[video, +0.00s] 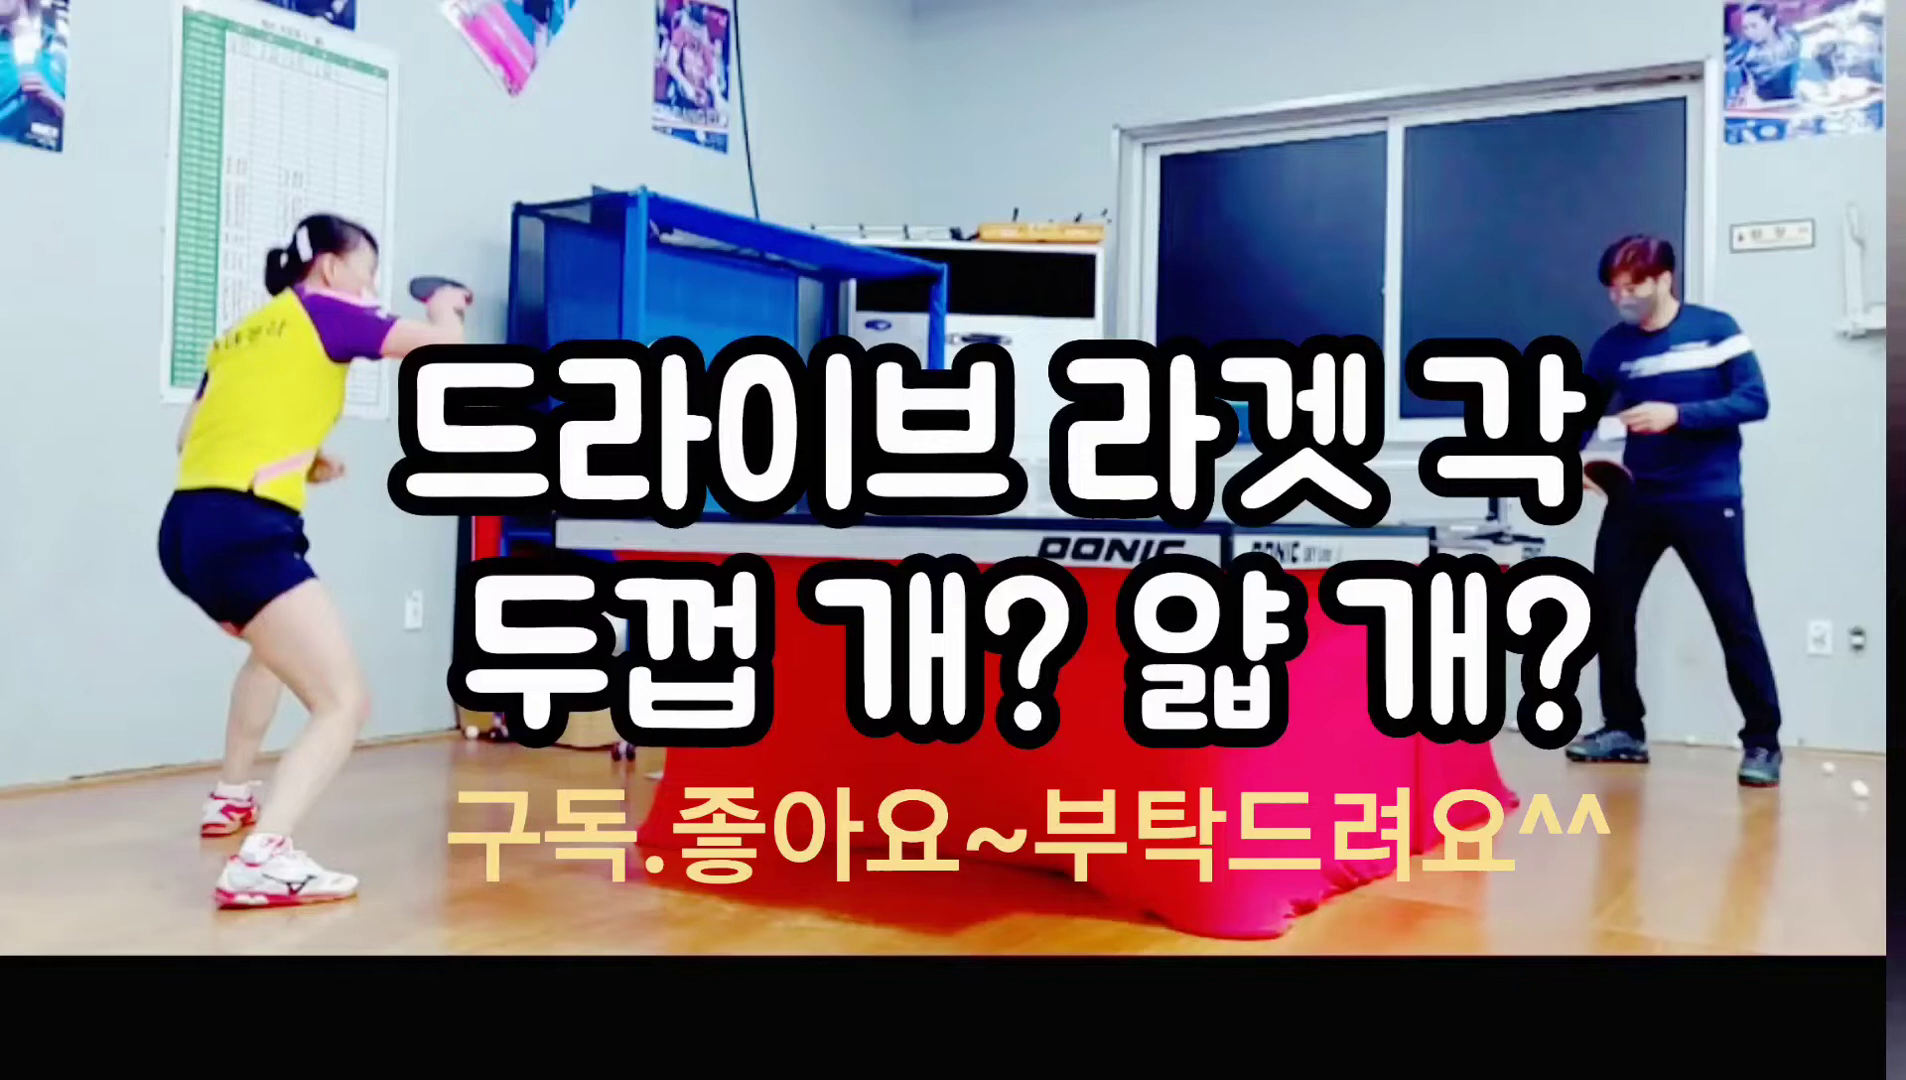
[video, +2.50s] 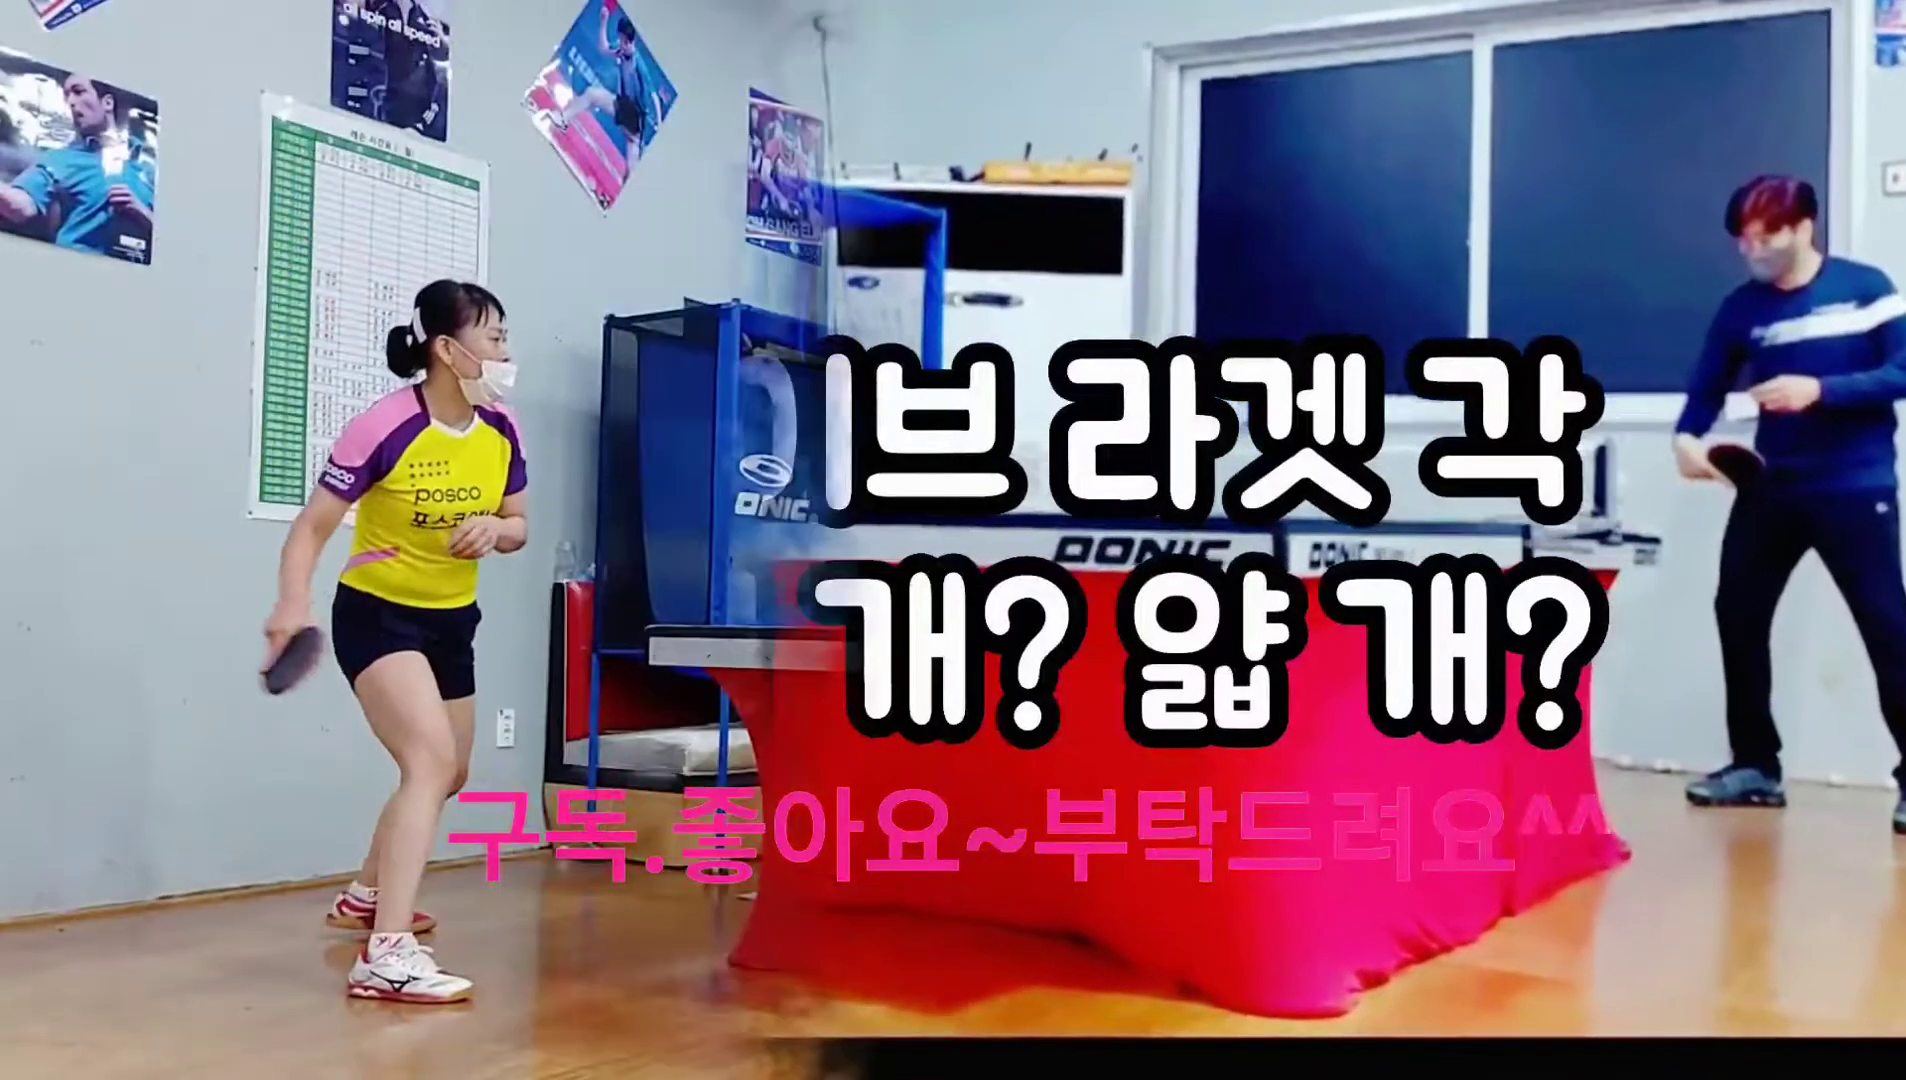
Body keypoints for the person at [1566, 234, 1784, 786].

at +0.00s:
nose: (1619, 297)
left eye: (1630, 286)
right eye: (1613, 288)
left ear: (1663, 280)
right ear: (1608, 290)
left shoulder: (1716, 329)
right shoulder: (1610, 348)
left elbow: (1754, 401)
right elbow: (1579, 421)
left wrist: (1676, 414)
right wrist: (1580, 462)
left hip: (1706, 504)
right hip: (1634, 504)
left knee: (1735, 621)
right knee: (1609, 611)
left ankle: (1761, 744)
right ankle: (1624, 730)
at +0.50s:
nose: (1647, 286)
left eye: (1658, 274)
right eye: (1640, 277)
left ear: (1692, 269)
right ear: (1636, 279)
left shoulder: (1746, 320)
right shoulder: (1639, 338)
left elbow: (1785, 395)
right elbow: (1606, 413)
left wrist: (1706, 409)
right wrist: (1588, 453)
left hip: (1737, 503)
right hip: (1661, 503)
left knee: (1766, 623)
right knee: (1635, 608)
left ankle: (1794, 751)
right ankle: (1651, 737)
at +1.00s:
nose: (1673, 278)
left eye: (1684, 265)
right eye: (1667, 267)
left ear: (1720, 258)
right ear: (1663, 268)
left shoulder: (1776, 312)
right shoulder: (1665, 331)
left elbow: (1817, 389)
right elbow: (1632, 405)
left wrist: (1734, 404)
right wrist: (1615, 450)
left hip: (1767, 501)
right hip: (1690, 501)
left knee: (1797, 625)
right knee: (1661, 608)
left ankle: (1826, 760)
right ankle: (1677, 744)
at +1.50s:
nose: (1702, 265)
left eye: (1714, 252)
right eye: (1695, 254)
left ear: (1751, 247)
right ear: (1691, 257)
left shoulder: (1810, 303)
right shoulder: (1694, 322)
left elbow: (1852, 384)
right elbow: (1661, 397)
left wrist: (1765, 398)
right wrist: (1641, 445)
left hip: (1800, 499)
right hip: (1719, 499)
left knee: (1831, 629)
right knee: (1690, 611)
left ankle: (1861, 768)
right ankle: (1707, 752)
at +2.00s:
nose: (1731, 255)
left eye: (1743, 241)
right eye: (1724, 244)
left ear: (1780, 237)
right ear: (1718, 248)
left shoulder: (1840, 295)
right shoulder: (1722, 313)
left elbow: (1884, 377)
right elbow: (1688, 389)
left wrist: (1795, 393)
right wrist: (1666, 440)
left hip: (1830, 498)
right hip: (1747, 497)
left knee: (1863, 632)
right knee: (1716, 613)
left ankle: (1893, 775)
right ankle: (1732, 760)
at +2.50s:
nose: (1750, 250)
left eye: (1761, 237)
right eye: (1743, 239)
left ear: (1801, 230)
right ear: (1741, 239)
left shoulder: (1869, 289)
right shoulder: (1743, 307)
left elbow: (1900, 375)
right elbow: (1708, 387)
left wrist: (1820, 389)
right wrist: (1687, 436)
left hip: (1857, 497)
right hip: (1769, 498)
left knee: (1892, 636)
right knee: (1738, 615)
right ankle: (1754, 766)